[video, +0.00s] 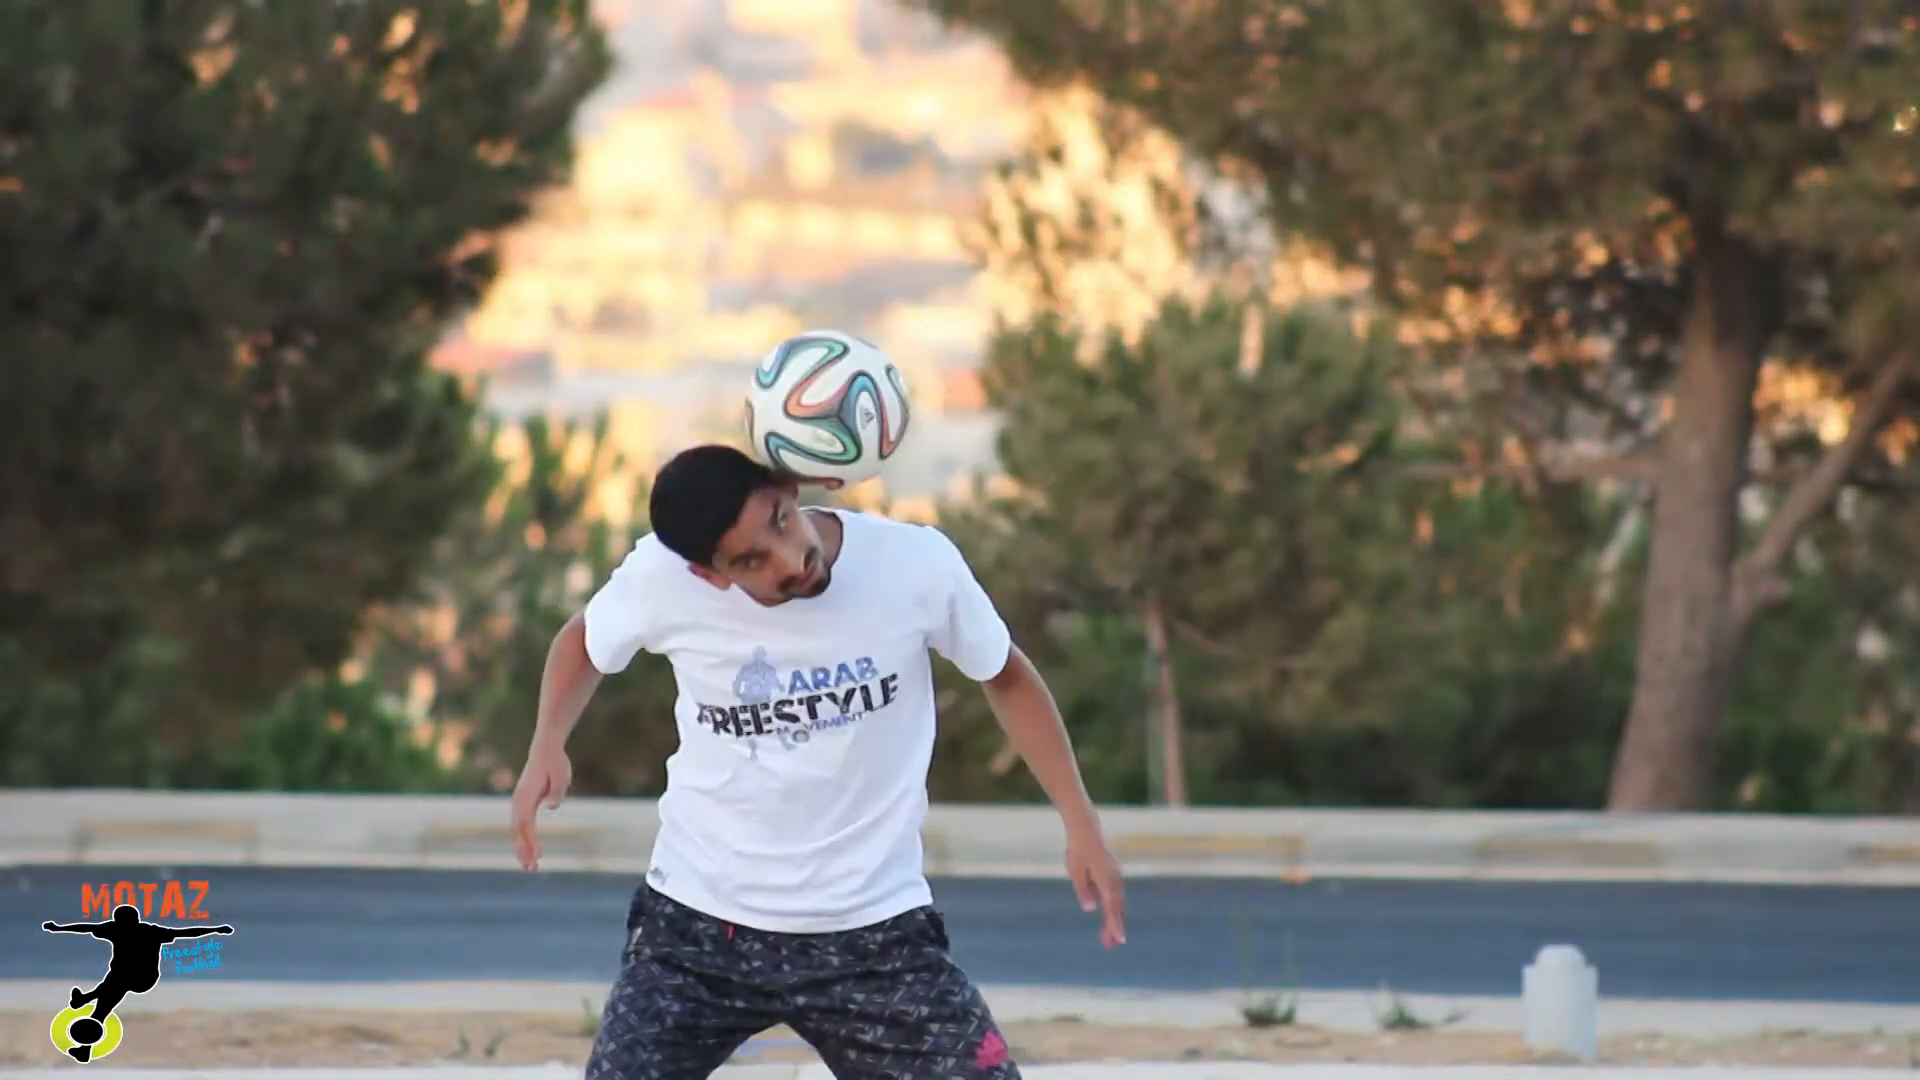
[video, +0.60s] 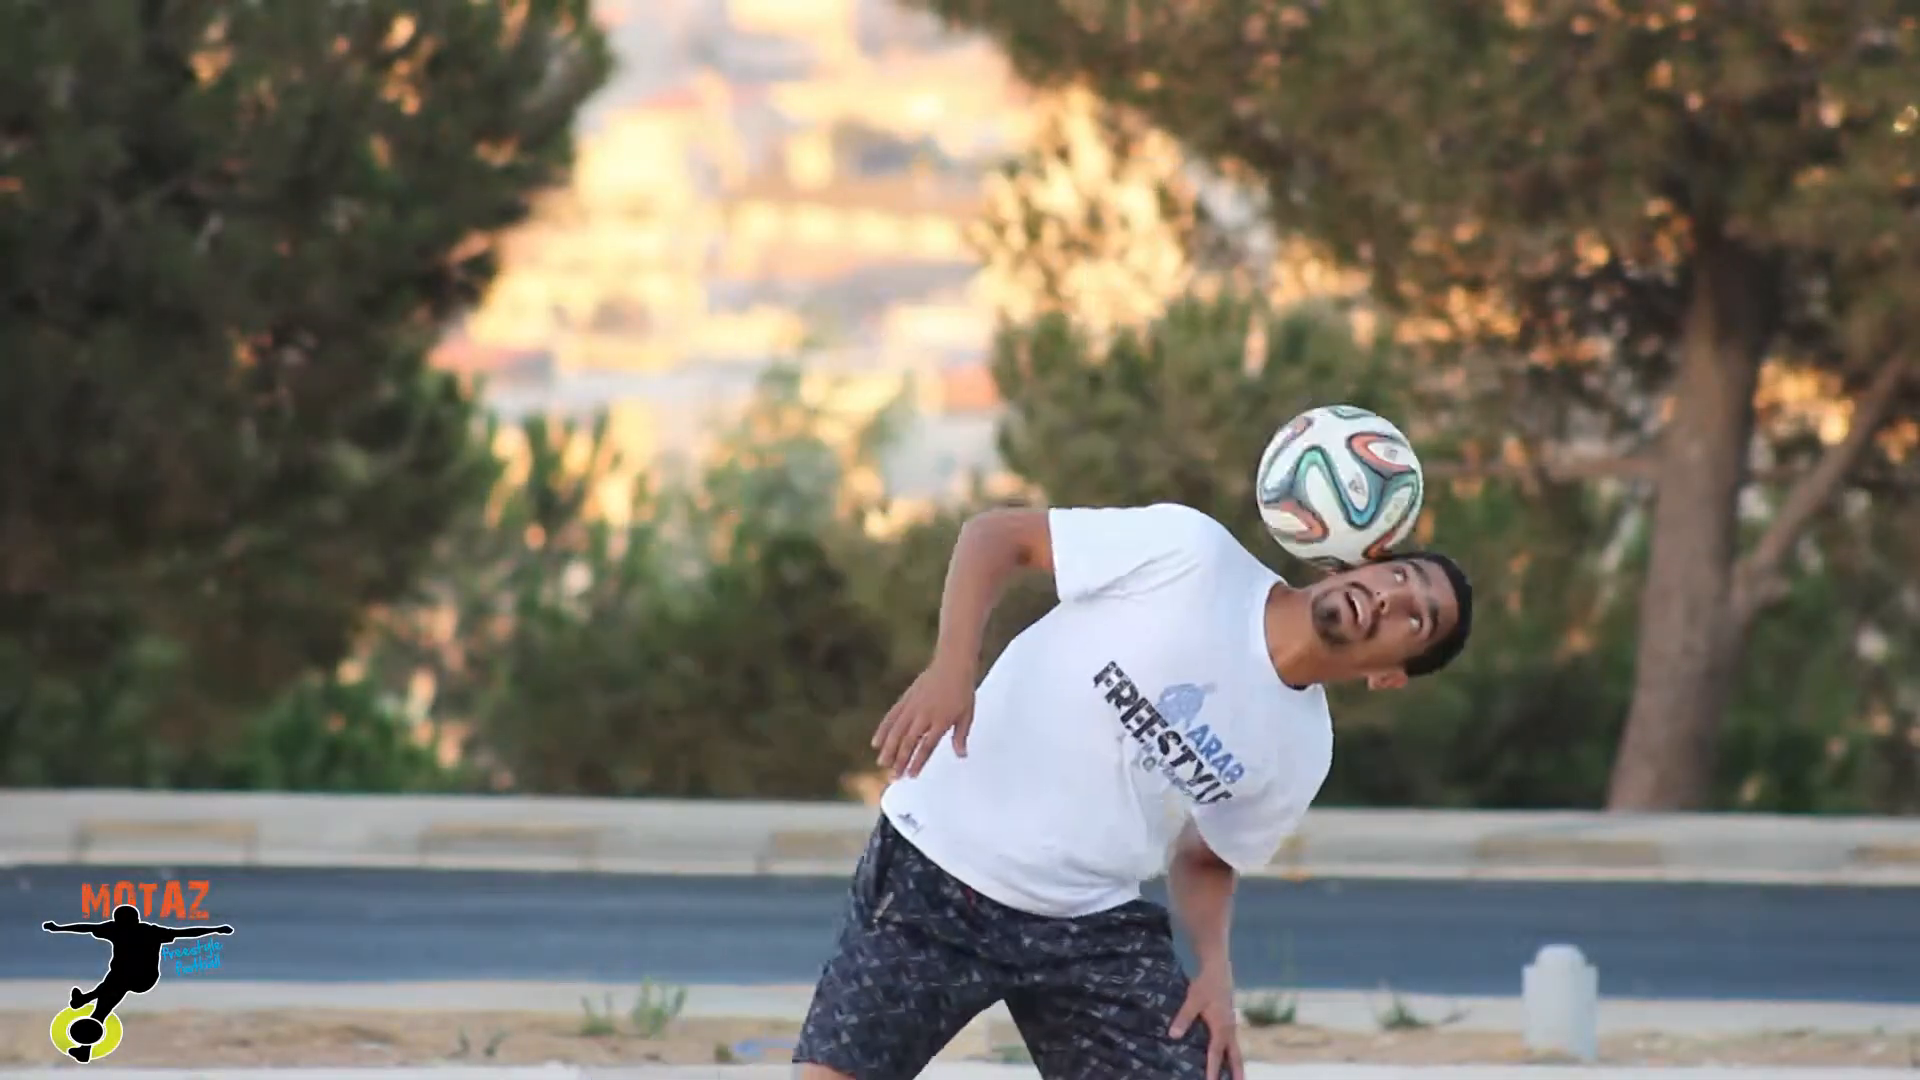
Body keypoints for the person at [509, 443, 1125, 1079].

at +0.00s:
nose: (793, 556)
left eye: (782, 519)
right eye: (755, 560)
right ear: (711, 575)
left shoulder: (922, 568)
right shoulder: (660, 587)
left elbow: (1007, 678)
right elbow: (581, 646)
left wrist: (1081, 821)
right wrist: (548, 744)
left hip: (875, 951)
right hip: (692, 946)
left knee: (987, 1069)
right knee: (617, 1070)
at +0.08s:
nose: (808, 441)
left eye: (804, 415)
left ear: (824, 417)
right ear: (721, 478)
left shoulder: (931, 549)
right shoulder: (674, 567)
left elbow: (1007, 668)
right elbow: (609, 670)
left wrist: (1082, 776)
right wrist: (579, 752)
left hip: (896, 943)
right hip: (710, 941)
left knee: (1016, 1074)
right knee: (634, 1072)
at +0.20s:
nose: (899, 383)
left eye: (905, 374)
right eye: (863, 373)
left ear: (922, 420)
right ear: (809, 429)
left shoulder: (989, 572)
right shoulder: (744, 549)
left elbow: (1015, 732)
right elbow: (641, 700)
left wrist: (1083, 780)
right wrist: (683, 757)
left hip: (938, 950)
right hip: (756, 952)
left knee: (1056, 1071)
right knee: (670, 1068)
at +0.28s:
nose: (976, 400)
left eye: (981, 391)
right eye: (940, 388)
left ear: (994, 446)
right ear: (884, 444)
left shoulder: (1042, 616)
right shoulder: (810, 550)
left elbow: (1032, 781)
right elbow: (674, 684)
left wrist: (1093, 831)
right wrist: (745, 736)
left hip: (960, 968)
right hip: (779, 967)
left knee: (1091, 1072)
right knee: (688, 1070)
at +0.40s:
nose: (1161, 438)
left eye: (1177, 437)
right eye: (1134, 425)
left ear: (1185, 493)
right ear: (1074, 465)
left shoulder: (1167, 669)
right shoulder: (980, 533)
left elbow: (1104, 826)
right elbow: (801, 616)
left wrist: (1142, 906)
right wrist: (855, 690)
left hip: (1020, 954)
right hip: (854, 937)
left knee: (1151, 1070)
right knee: (768, 1067)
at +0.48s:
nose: (1271, 499)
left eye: (1297, 508)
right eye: (1256, 478)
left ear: (1287, 575)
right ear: (1196, 497)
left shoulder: (1224, 703)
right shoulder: (1068, 533)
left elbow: (1137, 837)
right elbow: (878, 575)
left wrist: (1171, 933)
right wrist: (900, 681)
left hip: (1043, 945)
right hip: (884, 921)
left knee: (1166, 1070)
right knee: (795, 1072)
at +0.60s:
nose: (1385, 593)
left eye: (1413, 617)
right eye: (1396, 570)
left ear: (1386, 677)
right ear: (1354, 560)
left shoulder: (1301, 753)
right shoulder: (1186, 550)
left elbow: (1205, 860)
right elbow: (996, 533)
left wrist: (1214, 969)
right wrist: (951, 666)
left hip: (1090, 931)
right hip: (928, 885)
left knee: (1194, 1070)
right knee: (829, 1071)